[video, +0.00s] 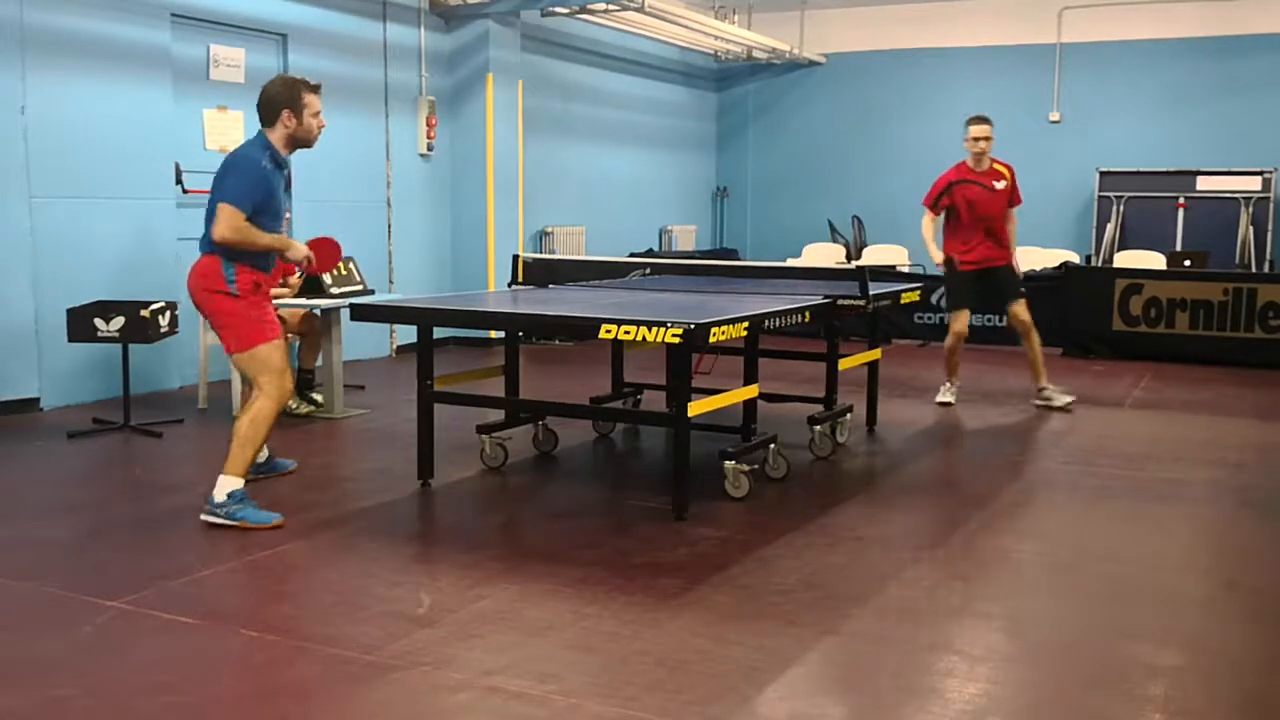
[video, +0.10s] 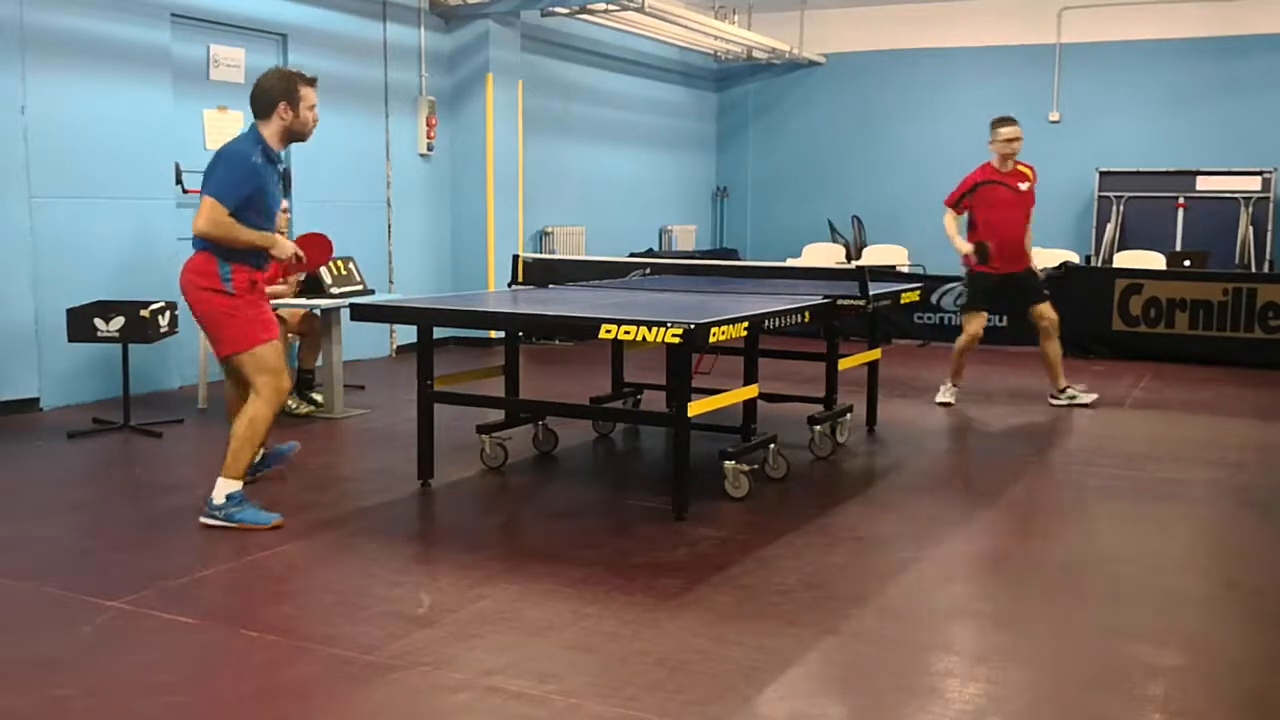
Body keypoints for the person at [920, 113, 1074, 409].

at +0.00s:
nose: (980, 145)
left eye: (985, 140)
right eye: (975, 140)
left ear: (992, 142)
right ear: (965, 142)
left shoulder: (1005, 173)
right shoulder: (951, 178)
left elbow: (1010, 217)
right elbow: (929, 216)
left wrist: (1012, 255)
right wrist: (934, 250)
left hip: (999, 262)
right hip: (961, 264)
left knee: (1025, 322)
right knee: (958, 331)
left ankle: (1042, 387)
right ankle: (950, 383)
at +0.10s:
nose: (1013, 146)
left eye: (1017, 140)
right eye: (1006, 141)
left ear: (1022, 141)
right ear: (992, 144)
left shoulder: (1028, 175)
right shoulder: (978, 178)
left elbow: (1027, 221)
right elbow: (950, 213)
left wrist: (1027, 258)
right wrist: (958, 242)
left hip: (1019, 270)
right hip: (984, 271)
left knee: (1049, 320)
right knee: (973, 333)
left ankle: (1060, 389)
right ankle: (951, 384)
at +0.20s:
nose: (1046, 139)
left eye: (1048, 134)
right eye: (1040, 135)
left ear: (1048, 137)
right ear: (1023, 137)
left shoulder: (1048, 169)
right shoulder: (1005, 173)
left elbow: (1048, 211)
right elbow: (979, 215)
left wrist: (1050, 248)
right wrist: (994, 241)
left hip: (1044, 264)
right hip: (1013, 265)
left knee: (1067, 320)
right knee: (999, 325)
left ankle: (1063, 389)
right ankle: (955, 379)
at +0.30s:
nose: (1073, 135)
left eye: (1075, 129)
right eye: (1068, 129)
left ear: (1072, 132)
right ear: (1050, 132)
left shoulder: (1067, 166)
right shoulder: (1029, 169)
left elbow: (1063, 211)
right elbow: (1012, 214)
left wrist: (1070, 249)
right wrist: (1033, 247)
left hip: (1065, 257)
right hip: (1040, 258)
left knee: (1075, 320)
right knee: (1037, 322)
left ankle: (1064, 388)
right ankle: (978, 365)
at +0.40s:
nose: (1095, 132)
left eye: (1096, 126)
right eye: (1090, 126)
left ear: (1083, 131)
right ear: (1074, 129)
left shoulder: (1079, 167)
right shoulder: (1053, 165)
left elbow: (1076, 214)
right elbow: (1039, 212)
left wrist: (1086, 251)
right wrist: (1061, 250)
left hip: (1081, 254)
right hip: (1061, 254)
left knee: (1076, 321)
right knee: (1078, 318)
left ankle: (1064, 387)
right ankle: (1023, 365)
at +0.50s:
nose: (1117, 132)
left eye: (1116, 127)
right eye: (1113, 127)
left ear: (1098, 130)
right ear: (1097, 129)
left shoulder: (1086, 164)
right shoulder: (1076, 163)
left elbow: (1079, 212)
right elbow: (1064, 211)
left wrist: (1093, 249)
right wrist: (1078, 251)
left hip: (1080, 254)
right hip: (1084, 254)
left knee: (1075, 318)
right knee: (1109, 315)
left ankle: (1063, 383)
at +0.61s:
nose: (1131, 135)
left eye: (1130, 129)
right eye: (1129, 129)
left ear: (1105, 131)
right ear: (1118, 131)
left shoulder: (1089, 162)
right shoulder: (1102, 161)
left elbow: (1084, 208)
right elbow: (1089, 207)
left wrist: (1100, 247)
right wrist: (1096, 251)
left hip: (1079, 256)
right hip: (1102, 255)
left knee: (1075, 319)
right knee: (1124, 316)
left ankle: (1064, 385)